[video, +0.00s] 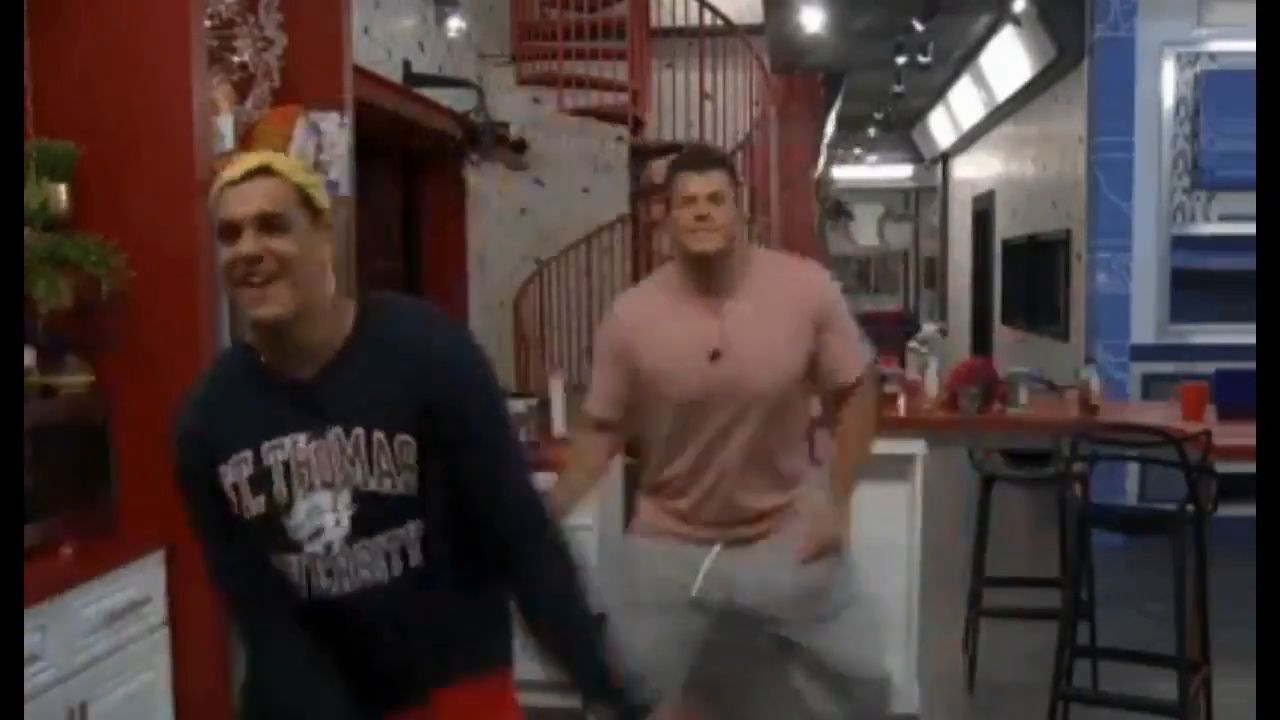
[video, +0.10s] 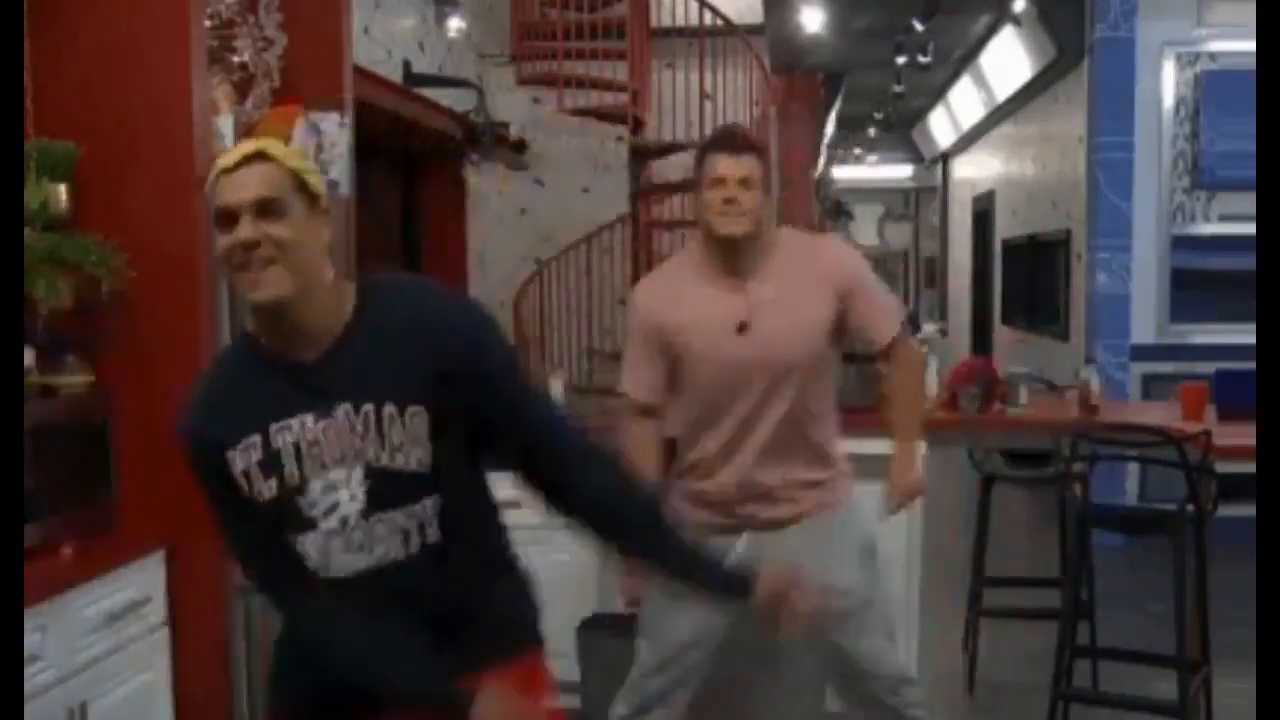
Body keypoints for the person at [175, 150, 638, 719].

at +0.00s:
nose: (248, 251)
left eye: (273, 228)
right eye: (230, 235)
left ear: (325, 238)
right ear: (218, 256)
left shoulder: (430, 354)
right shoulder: (208, 421)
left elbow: (520, 533)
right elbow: (258, 617)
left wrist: (604, 686)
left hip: (452, 683)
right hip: (305, 691)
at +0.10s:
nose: (247, 236)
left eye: (270, 212)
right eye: (227, 222)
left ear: (326, 225)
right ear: (215, 249)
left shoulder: (433, 327)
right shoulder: (215, 419)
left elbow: (568, 468)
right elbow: (297, 596)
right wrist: (452, 690)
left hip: (481, 652)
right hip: (337, 671)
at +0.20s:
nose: (293, 215)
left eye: (316, 191)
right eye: (274, 202)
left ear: (373, 199)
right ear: (264, 229)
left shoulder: (489, 267)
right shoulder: (278, 392)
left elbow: (651, 333)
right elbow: (362, 563)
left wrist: (826, 367)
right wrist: (471, 485)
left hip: (559, 655)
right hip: (406, 669)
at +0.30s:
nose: (344, 232)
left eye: (366, 207)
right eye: (324, 219)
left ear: (421, 220)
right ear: (313, 247)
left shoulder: (527, 285)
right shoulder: (320, 420)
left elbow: (686, 309)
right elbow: (387, 583)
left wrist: (840, 318)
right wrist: (455, 464)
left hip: (599, 674)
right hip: (444, 685)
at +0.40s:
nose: (425, 238)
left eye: (449, 215)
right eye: (404, 225)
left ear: (502, 231)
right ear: (387, 253)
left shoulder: (596, 316)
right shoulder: (382, 421)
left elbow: (743, 381)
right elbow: (428, 611)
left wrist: (878, 423)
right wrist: (505, 539)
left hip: (642, 676)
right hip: (490, 688)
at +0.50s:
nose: (472, 226)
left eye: (499, 205)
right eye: (450, 209)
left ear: (548, 220)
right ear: (431, 233)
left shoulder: (635, 339)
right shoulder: (397, 389)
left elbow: (759, 475)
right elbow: (420, 554)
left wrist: (902, 580)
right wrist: (515, 639)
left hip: (647, 664)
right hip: (484, 673)